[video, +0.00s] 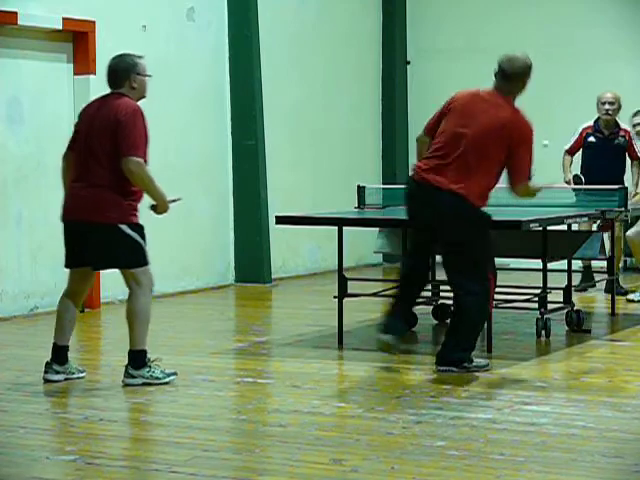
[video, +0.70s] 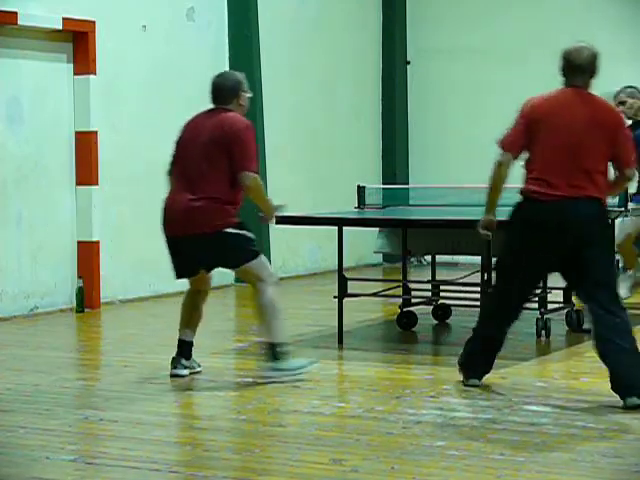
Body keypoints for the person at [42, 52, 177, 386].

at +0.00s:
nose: (148, 82)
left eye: (147, 77)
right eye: (145, 77)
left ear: (117, 81)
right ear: (132, 80)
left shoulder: (90, 109)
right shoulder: (130, 110)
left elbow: (69, 159)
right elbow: (132, 163)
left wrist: (74, 200)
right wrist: (159, 198)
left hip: (77, 214)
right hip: (114, 215)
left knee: (76, 288)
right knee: (141, 283)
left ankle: (58, 363)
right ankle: (138, 365)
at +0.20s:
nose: (173, 82)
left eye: (171, 76)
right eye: (170, 76)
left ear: (141, 79)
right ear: (158, 80)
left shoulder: (116, 110)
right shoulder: (160, 111)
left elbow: (93, 157)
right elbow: (167, 163)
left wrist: (98, 198)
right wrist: (193, 195)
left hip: (104, 213)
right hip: (141, 214)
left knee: (112, 281)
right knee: (155, 287)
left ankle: (75, 348)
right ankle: (140, 366)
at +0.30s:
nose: (188, 82)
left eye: (188, 77)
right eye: (186, 77)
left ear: (156, 80)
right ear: (176, 80)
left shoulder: (130, 109)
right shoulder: (178, 111)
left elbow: (104, 155)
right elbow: (190, 163)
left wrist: (104, 196)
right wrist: (213, 192)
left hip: (115, 210)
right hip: (152, 213)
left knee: (137, 277)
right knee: (160, 288)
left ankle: (112, 344)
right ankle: (139, 365)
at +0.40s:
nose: (203, 84)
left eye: (202, 79)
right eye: (201, 79)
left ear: (171, 82)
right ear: (191, 82)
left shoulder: (145, 110)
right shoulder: (195, 113)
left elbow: (115, 155)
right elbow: (211, 166)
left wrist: (109, 199)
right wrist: (231, 191)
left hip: (130, 211)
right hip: (165, 214)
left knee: (162, 280)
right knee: (167, 288)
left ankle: (160, 346)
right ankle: (140, 365)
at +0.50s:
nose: (217, 89)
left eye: (215, 83)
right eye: (214, 84)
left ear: (184, 88)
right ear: (205, 88)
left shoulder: (159, 116)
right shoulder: (208, 118)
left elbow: (131, 161)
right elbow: (222, 169)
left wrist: (124, 205)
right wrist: (243, 193)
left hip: (147, 216)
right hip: (182, 218)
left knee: (177, 286)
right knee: (205, 289)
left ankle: (181, 357)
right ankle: (155, 349)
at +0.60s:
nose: (232, 95)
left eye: (231, 90)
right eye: (229, 91)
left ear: (198, 96)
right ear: (220, 95)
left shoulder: (177, 123)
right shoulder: (222, 125)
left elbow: (153, 171)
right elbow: (233, 177)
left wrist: (160, 206)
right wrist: (252, 202)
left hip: (161, 223)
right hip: (198, 223)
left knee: (188, 284)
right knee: (244, 280)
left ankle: (181, 356)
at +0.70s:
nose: (250, 97)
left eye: (248, 91)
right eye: (246, 92)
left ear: (217, 97)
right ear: (237, 97)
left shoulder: (194, 123)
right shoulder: (239, 125)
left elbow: (175, 173)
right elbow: (248, 179)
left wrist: (198, 198)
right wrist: (268, 208)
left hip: (177, 221)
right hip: (215, 221)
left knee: (199, 285)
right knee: (264, 277)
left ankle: (182, 358)